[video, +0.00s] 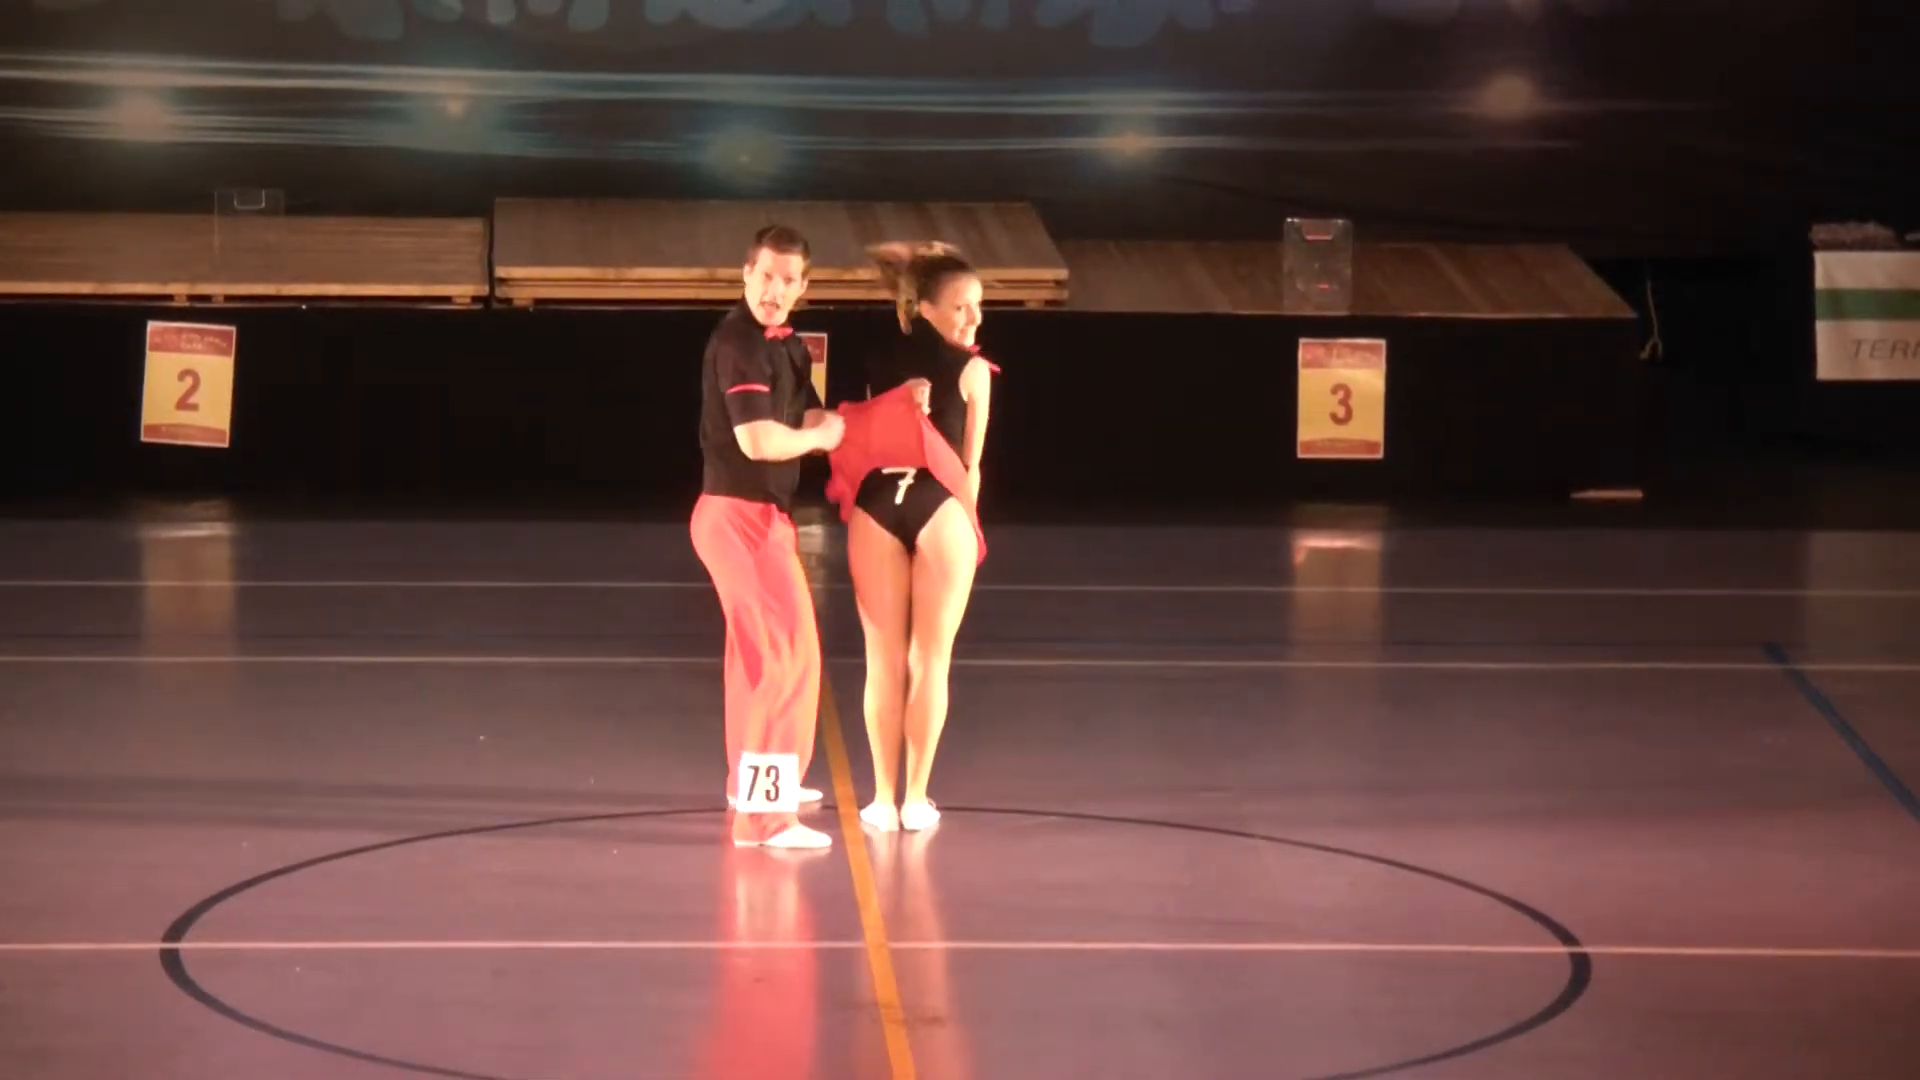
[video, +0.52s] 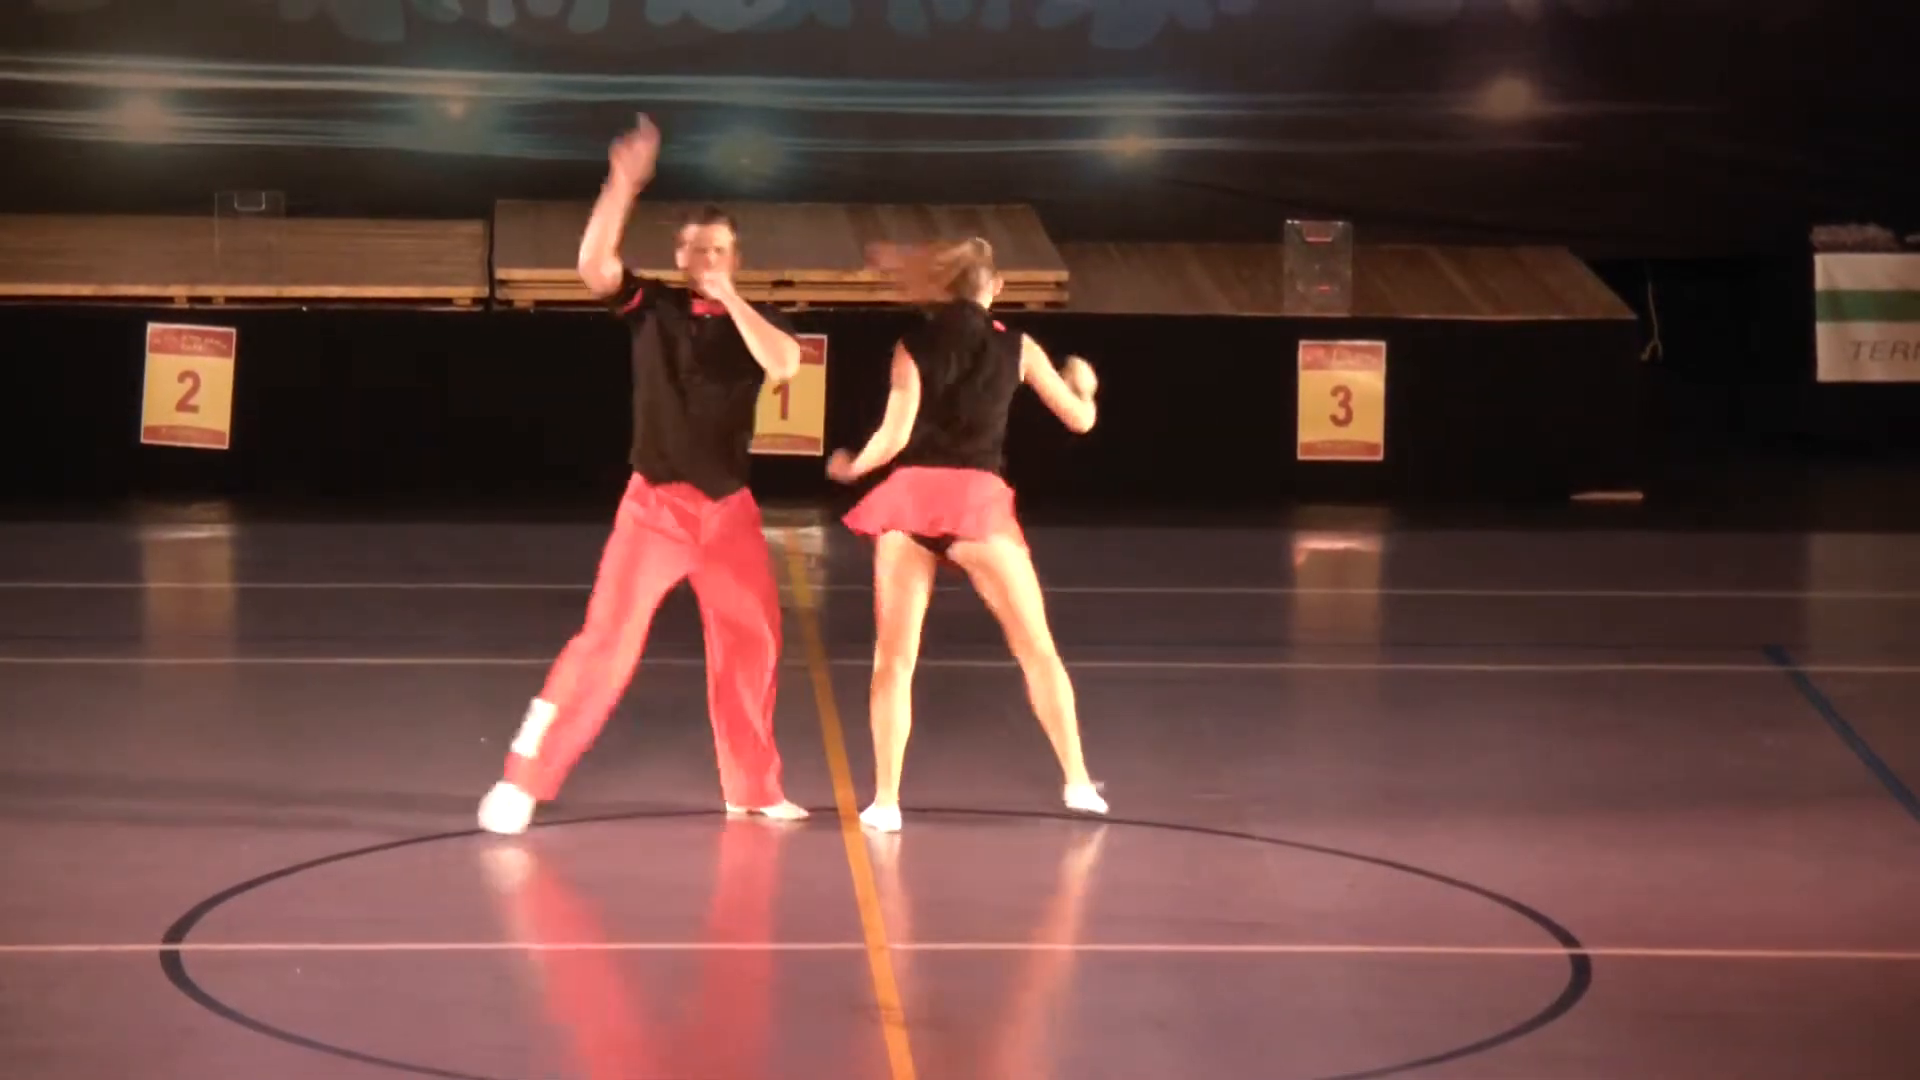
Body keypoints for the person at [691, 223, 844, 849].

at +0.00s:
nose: (775, 290)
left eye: (788, 280)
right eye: (766, 276)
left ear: (802, 285)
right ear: (747, 272)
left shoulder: (788, 347)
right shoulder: (737, 342)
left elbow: (806, 423)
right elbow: (756, 440)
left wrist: (885, 412)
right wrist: (816, 435)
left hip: (762, 518)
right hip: (735, 518)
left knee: (755, 659)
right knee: (795, 653)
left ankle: (753, 802)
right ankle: (766, 809)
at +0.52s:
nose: (707, 257)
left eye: (717, 248)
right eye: (697, 248)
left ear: (735, 260)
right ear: (679, 256)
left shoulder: (756, 324)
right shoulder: (649, 306)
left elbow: (784, 364)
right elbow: (595, 265)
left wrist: (727, 294)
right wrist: (623, 183)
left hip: (730, 514)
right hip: (654, 507)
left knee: (752, 649)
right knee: (606, 644)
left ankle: (755, 792)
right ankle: (522, 784)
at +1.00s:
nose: (576, 291)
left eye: (588, 281)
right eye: (568, 280)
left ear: (607, 290)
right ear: (551, 286)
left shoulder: (621, 354)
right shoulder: (525, 346)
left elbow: (649, 402)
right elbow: (477, 348)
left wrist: (596, 328)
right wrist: (506, 291)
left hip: (622, 544)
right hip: (540, 545)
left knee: (696, 656)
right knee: (493, 670)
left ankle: (744, 786)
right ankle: (453, 795)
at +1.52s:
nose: (493, 332)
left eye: (504, 318)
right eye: (484, 321)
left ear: (534, 316)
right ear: (476, 325)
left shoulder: (581, 361)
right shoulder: (484, 393)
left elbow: (605, 428)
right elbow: (502, 489)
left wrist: (532, 377)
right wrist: (460, 414)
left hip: (618, 554)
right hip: (536, 562)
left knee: (702, 658)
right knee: (495, 682)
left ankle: (759, 788)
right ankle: (459, 798)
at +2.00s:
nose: (639, 332)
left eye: (640, 319)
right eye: (634, 319)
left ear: (602, 318)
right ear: (597, 317)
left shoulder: (609, 383)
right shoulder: (531, 376)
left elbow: (635, 480)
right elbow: (497, 470)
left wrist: (712, 463)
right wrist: (587, 472)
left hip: (636, 552)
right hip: (560, 564)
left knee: (711, 659)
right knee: (524, 690)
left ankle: (773, 791)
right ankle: (467, 800)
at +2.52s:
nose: (620, 312)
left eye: (626, 300)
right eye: (607, 300)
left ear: (632, 305)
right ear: (573, 303)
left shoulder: (648, 375)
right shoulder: (533, 378)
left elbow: (682, 455)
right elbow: (498, 472)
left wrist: (689, 481)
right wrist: (570, 473)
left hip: (656, 557)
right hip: (571, 562)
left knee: (724, 667)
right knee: (532, 684)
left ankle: (770, 792)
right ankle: (473, 799)